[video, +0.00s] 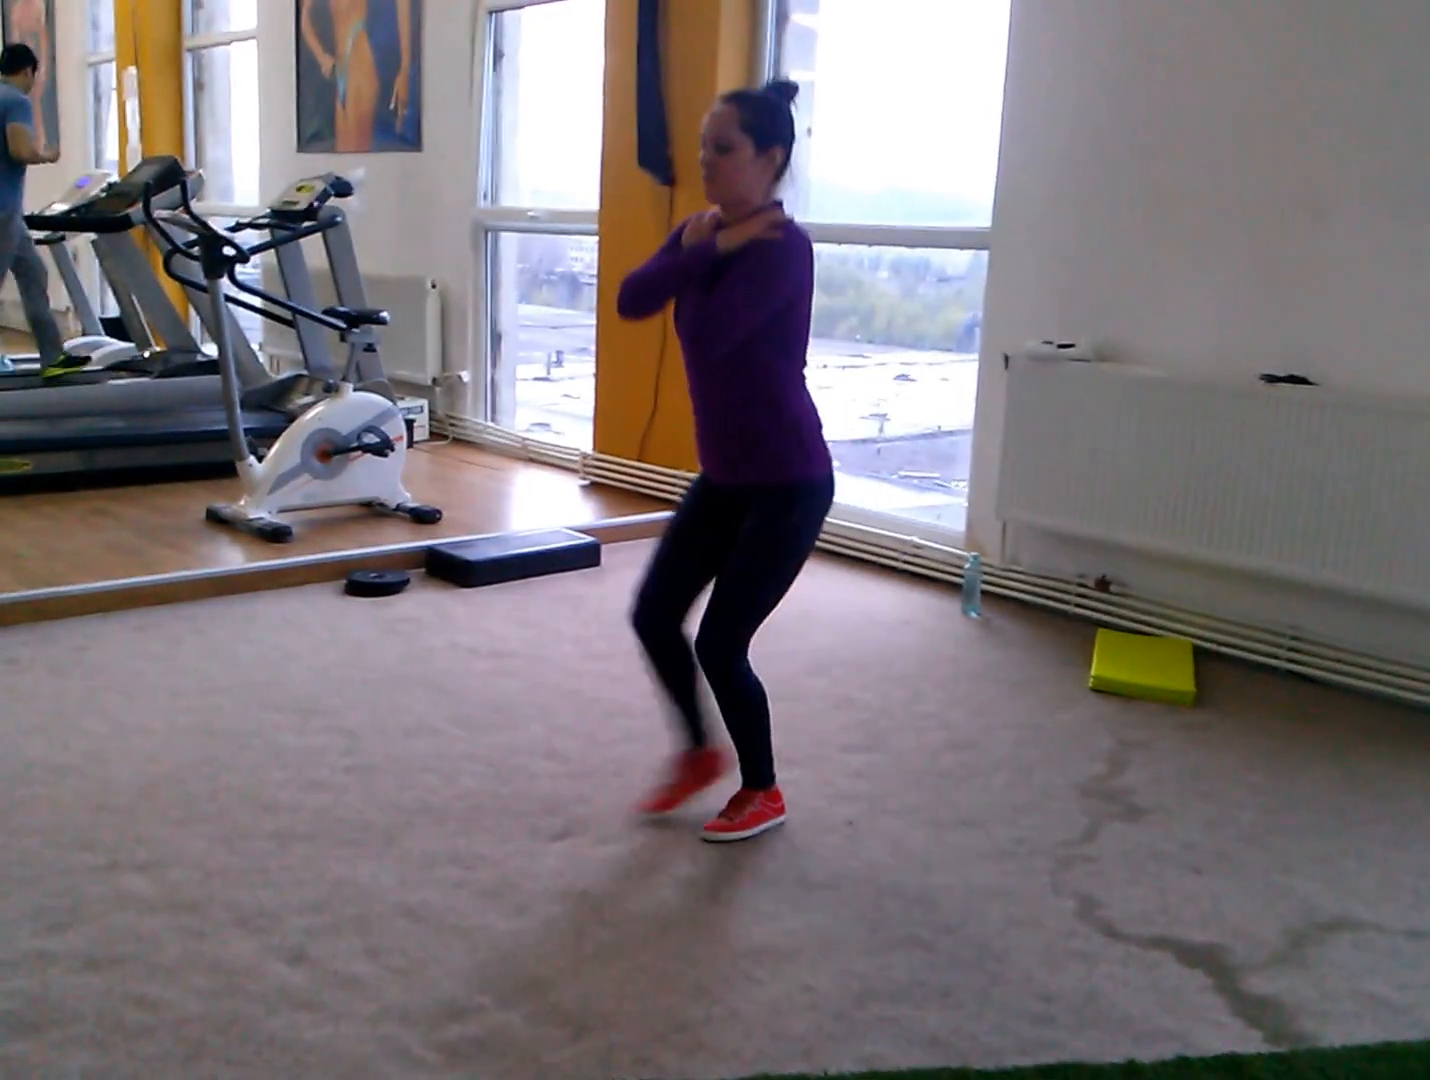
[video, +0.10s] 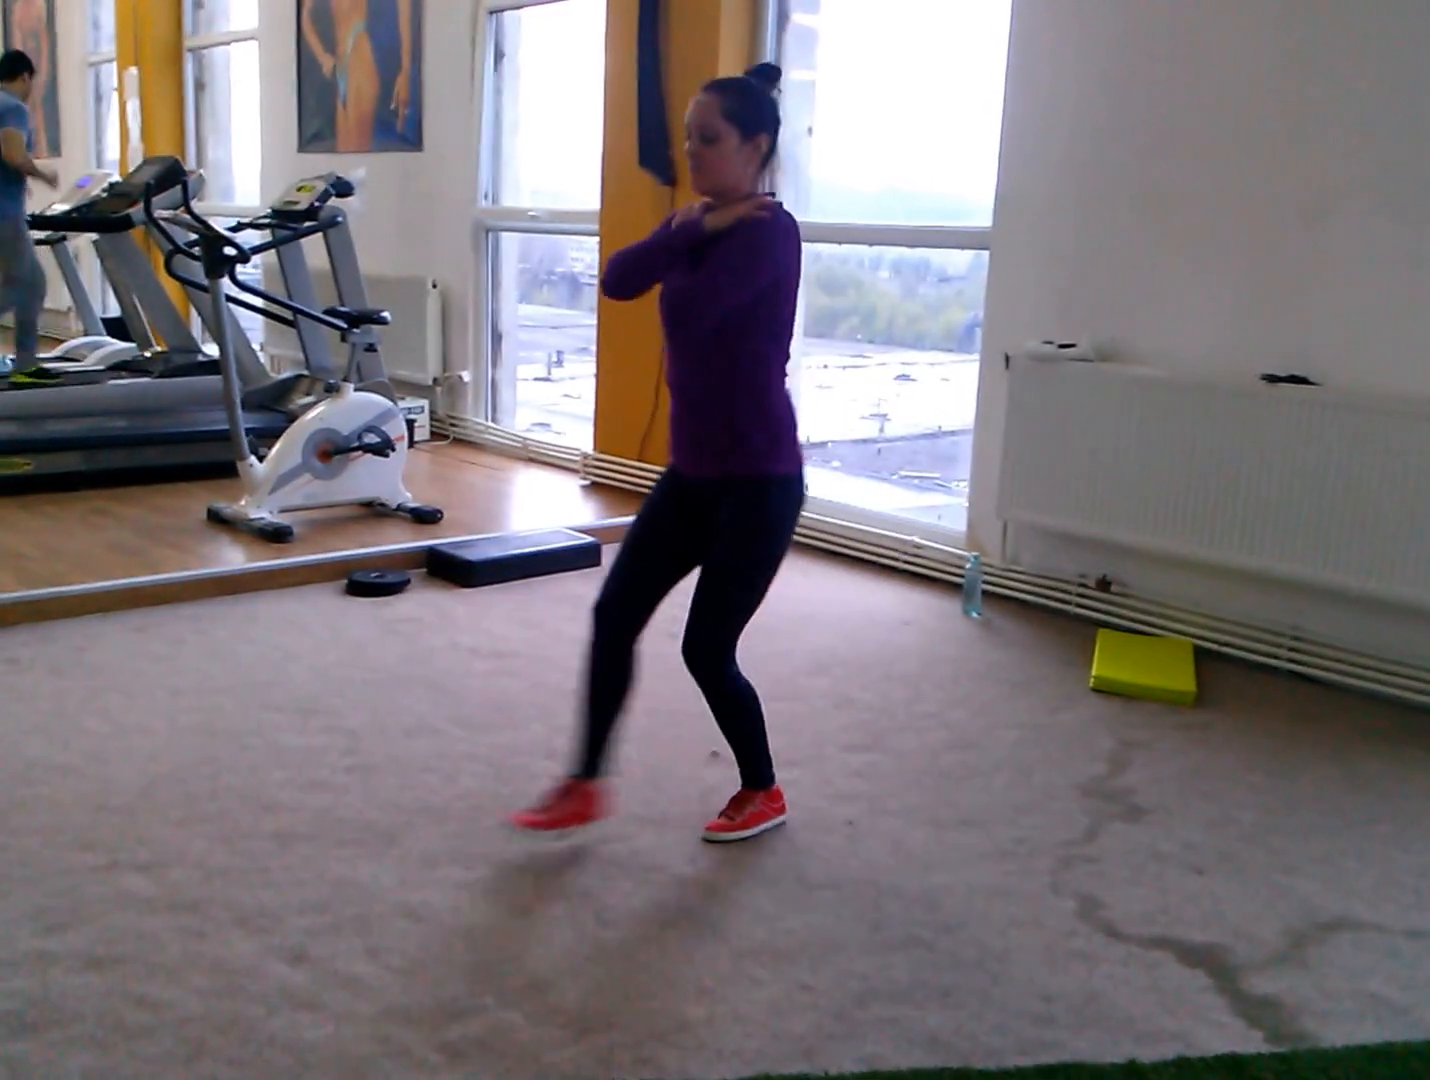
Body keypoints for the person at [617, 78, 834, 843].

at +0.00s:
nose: (706, 163)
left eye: (723, 150)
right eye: (704, 149)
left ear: (771, 160)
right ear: (707, 156)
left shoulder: (783, 247)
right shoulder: (699, 236)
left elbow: (709, 333)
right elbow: (631, 302)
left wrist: (690, 252)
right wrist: (706, 245)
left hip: (790, 484)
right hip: (723, 477)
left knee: (721, 645)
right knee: (654, 615)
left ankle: (761, 789)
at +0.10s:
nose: (691, 152)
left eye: (709, 139)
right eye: (689, 137)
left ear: (758, 148)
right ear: (690, 142)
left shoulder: (771, 233)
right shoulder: (691, 226)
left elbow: (692, 310)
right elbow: (618, 283)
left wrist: (677, 240)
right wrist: (688, 228)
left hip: (760, 483)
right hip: (691, 476)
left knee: (707, 649)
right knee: (615, 617)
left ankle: (761, 790)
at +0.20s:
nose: (669, 161)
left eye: (684, 146)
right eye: (665, 147)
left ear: (738, 150)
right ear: (667, 151)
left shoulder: (756, 237)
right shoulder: (674, 235)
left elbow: (670, 310)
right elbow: (596, 279)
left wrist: (649, 250)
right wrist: (682, 228)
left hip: (728, 488)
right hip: (655, 481)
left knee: (691, 663)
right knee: (573, 643)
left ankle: (761, 789)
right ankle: (498, 800)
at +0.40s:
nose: (613, 210)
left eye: (628, 196)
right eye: (609, 195)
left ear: (677, 202)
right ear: (610, 198)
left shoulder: (693, 289)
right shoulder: (616, 282)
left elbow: (614, 347)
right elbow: (534, 318)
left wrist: (588, 301)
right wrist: (621, 273)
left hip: (650, 541)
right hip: (578, 528)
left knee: (617, 733)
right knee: (463, 660)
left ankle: (737, 769)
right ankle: (437, 841)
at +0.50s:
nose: (572, 248)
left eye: (586, 233)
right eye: (569, 233)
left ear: (637, 237)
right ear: (605, 237)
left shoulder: (654, 322)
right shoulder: (582, 313)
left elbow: (573, 394)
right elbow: (492, 354)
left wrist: (538, 351)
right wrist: (582, 309)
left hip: (613, 577)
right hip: (540, 563)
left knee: (594, 774)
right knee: (415, 672)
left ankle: (727, 771)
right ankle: (433, 844)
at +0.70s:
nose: (505, 305)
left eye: (518, 290)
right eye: (502, 290)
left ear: (571, 291)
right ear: (550, 295)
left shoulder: (590, 378)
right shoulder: (526, 369)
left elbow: (494, 461)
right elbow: (435, 425)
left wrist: (513, 393)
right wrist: (525, 370)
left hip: (583, 637)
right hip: (514, 621)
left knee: (572, 834)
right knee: (376, 686)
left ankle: (716, 777)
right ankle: (433, 844)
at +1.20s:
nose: (536, 254)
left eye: (553, 242)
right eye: (534, 240)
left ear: (602, 252)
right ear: (539, 249)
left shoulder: (621, 339)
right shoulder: (541, 335)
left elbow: (535, 427)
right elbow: (462, 386)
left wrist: (527, 355)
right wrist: (550, 335)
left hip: (621, 590)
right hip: (548, 579)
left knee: (602, 787)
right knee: (426, 672)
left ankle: (726, 771)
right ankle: (433, 843)